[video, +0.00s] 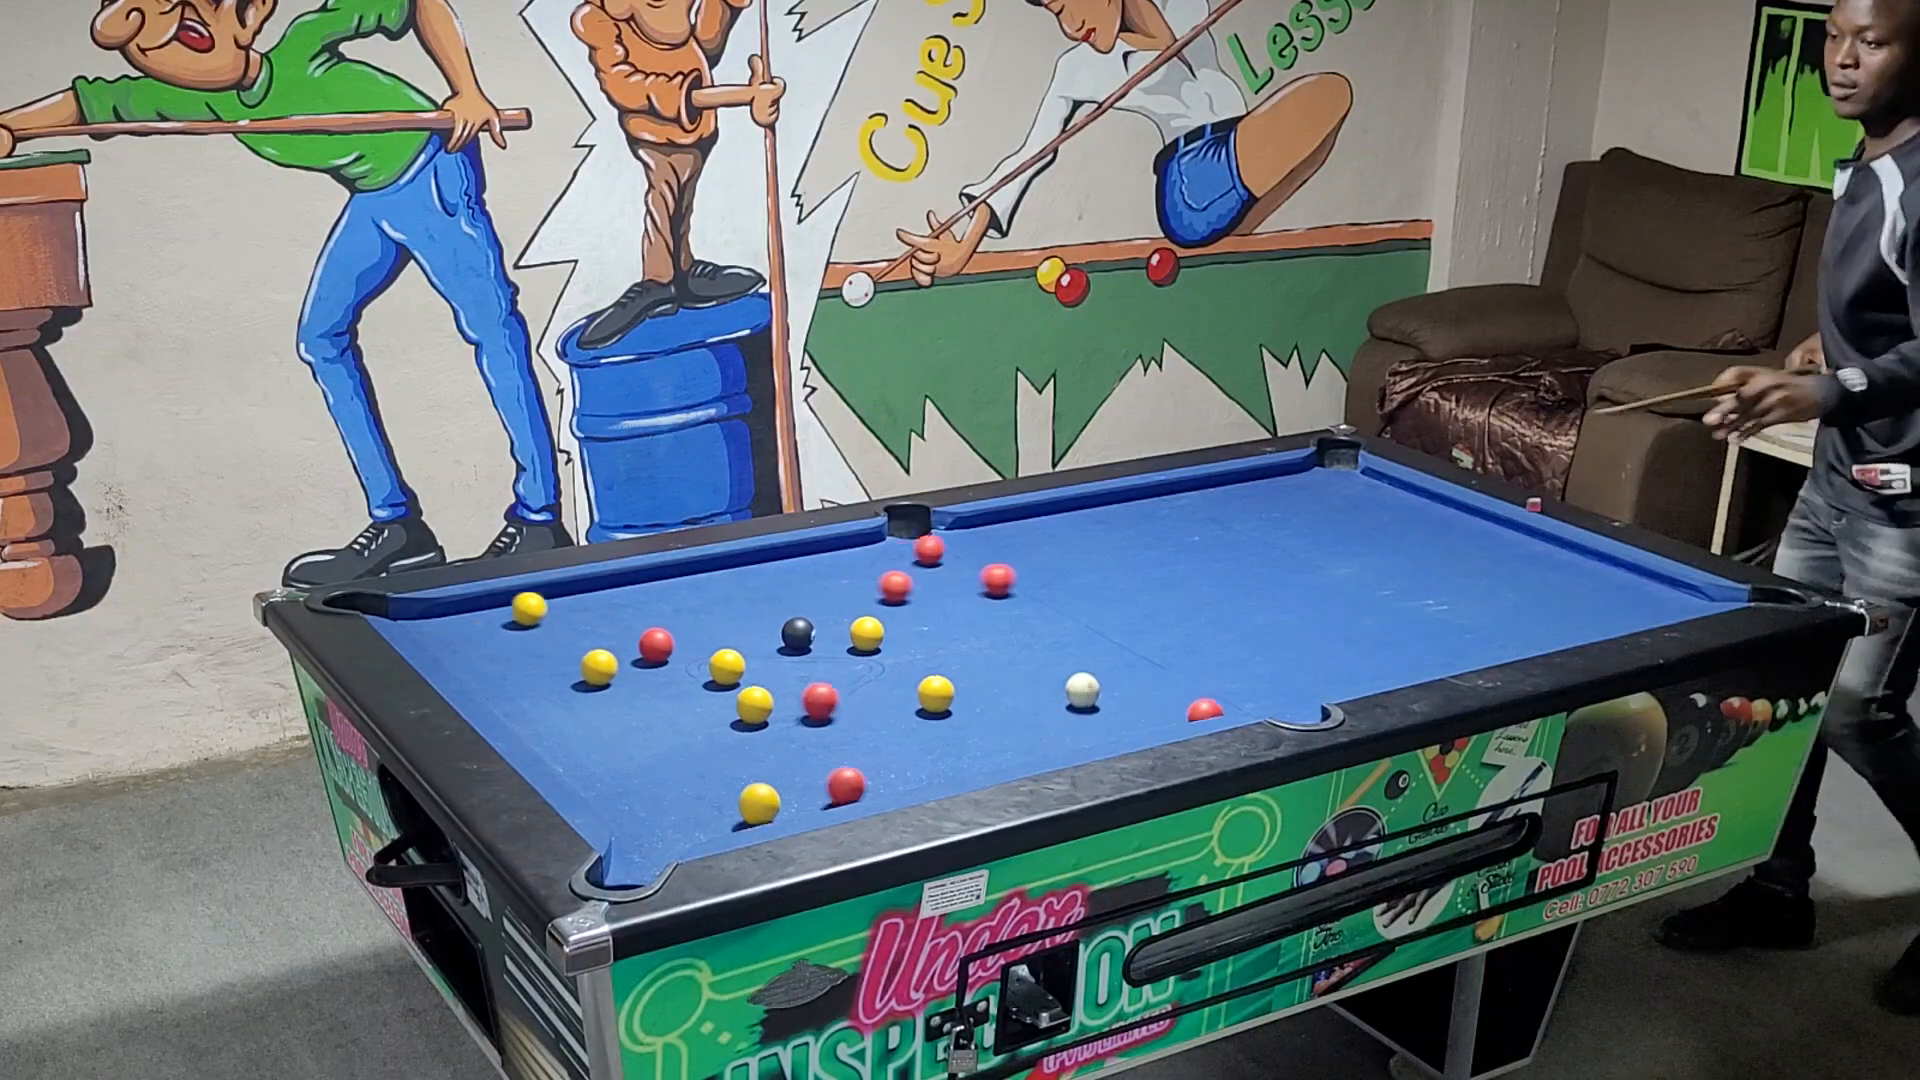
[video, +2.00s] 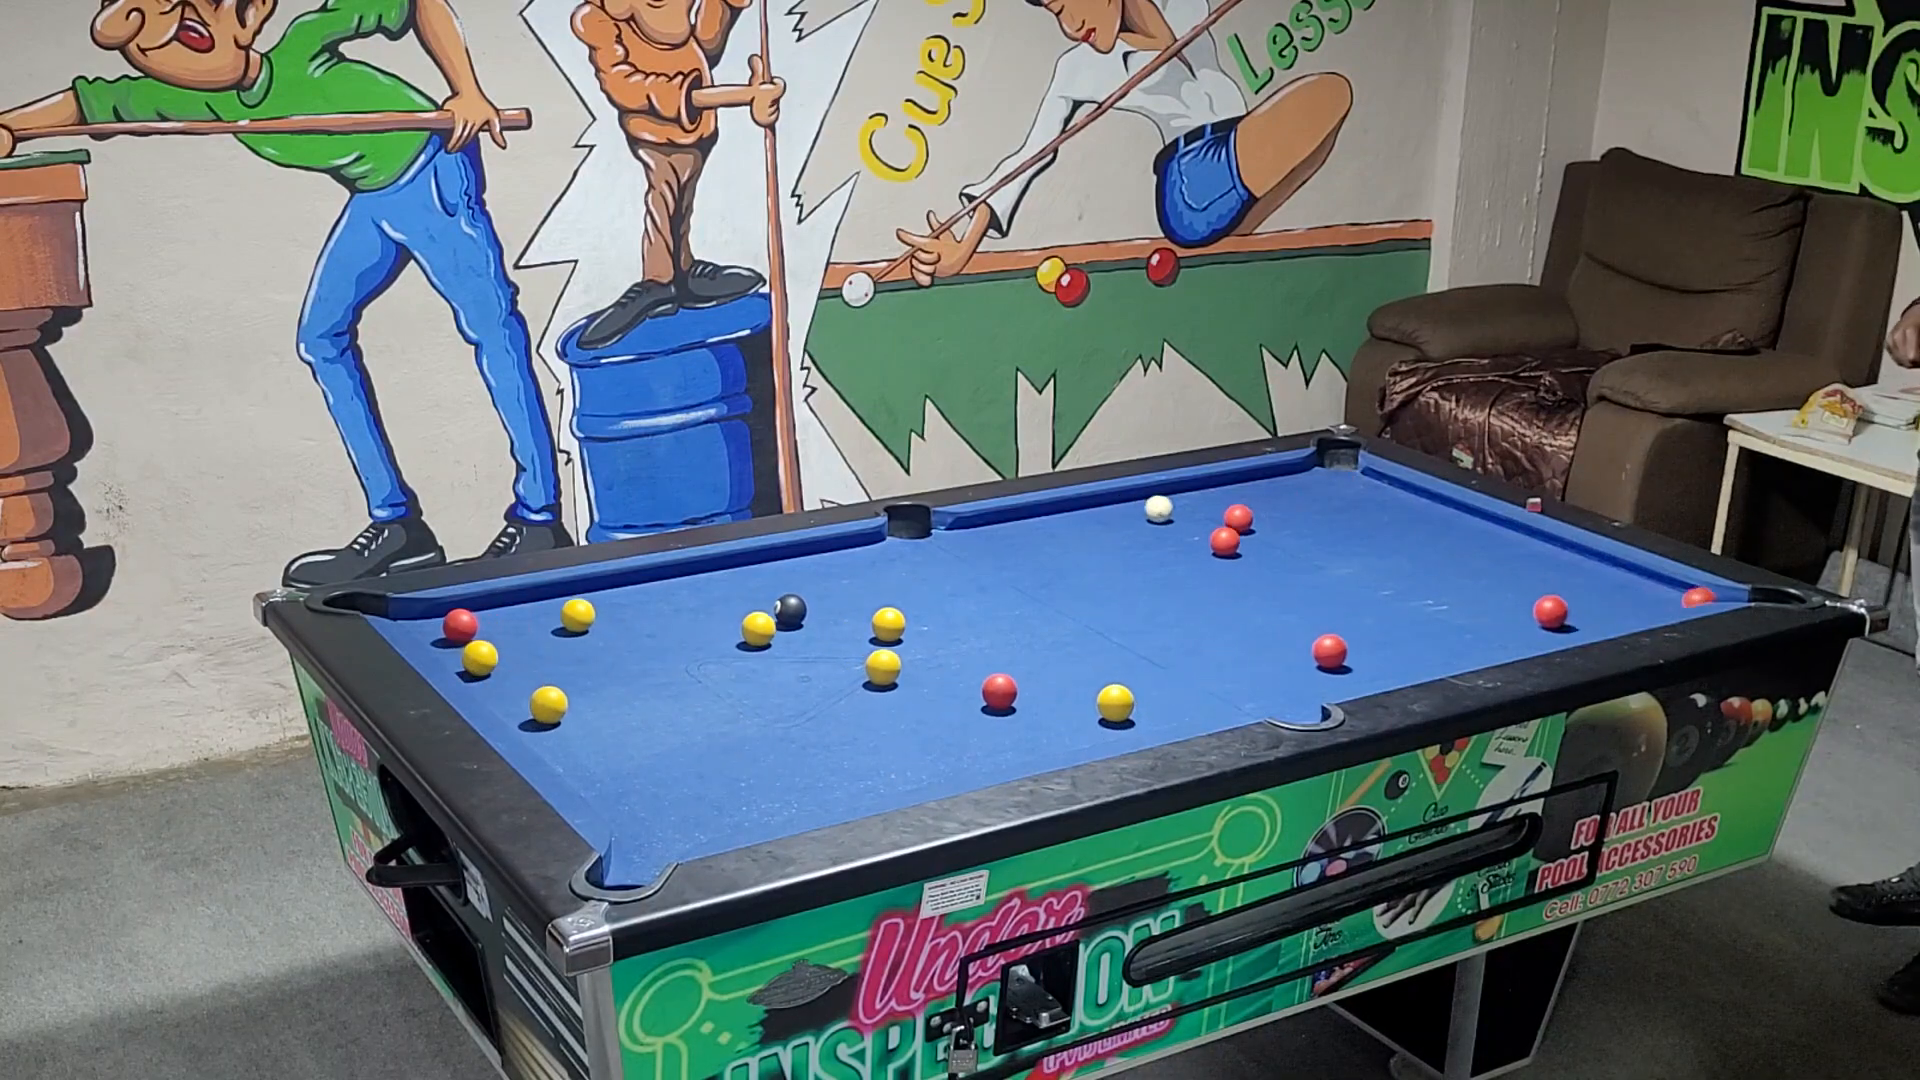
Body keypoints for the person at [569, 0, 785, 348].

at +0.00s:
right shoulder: (596, 19)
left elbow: (707, 47)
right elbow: (625, 88)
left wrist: (730, 6)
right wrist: (746, 95)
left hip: (694, 87)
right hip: (644, 103)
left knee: (688, 174)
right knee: (665, 174)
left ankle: (682, 268)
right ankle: (656, 281)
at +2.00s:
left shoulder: (696, 6)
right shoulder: (596, 19)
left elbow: (707, 47)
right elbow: (625, 88)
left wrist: (730, 6)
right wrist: (746, 95)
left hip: (694, 87)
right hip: (644, 103)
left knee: (688, 174)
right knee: (665, 174)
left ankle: (682, 268)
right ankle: (657, 280)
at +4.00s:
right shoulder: (596, 18)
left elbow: (707, 47)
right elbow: (625, 88)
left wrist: (729, 6)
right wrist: (746, 94)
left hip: (694, 87)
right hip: (644, 103)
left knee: (688, 175)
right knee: (665, 174)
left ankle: (682, 268)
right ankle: (657, 281)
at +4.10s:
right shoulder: (596, 18)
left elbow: (707, 47)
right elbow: (625, 88)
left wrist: (729, 6)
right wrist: (746, 94)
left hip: (694, 87)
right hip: (644, 104)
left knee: (688, 174)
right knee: (665, 174)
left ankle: (682, 268)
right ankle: (657, 281)